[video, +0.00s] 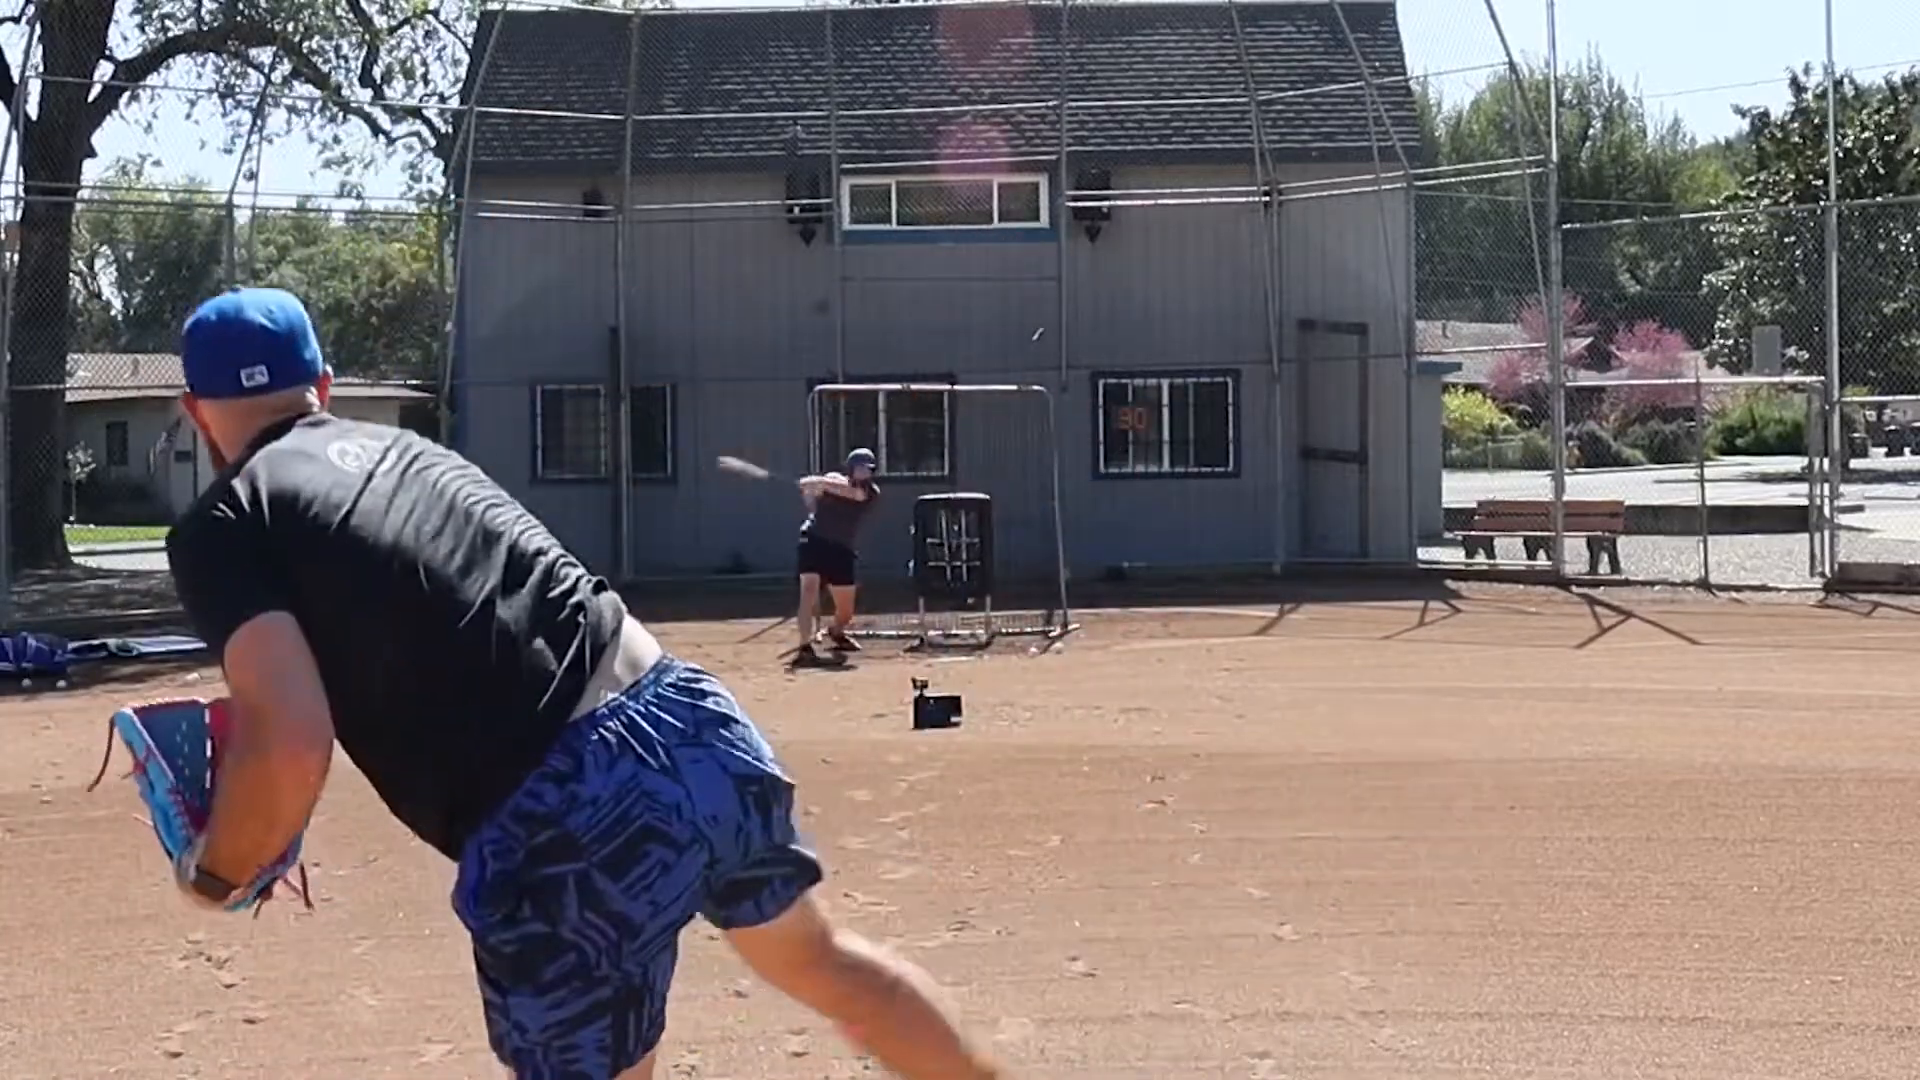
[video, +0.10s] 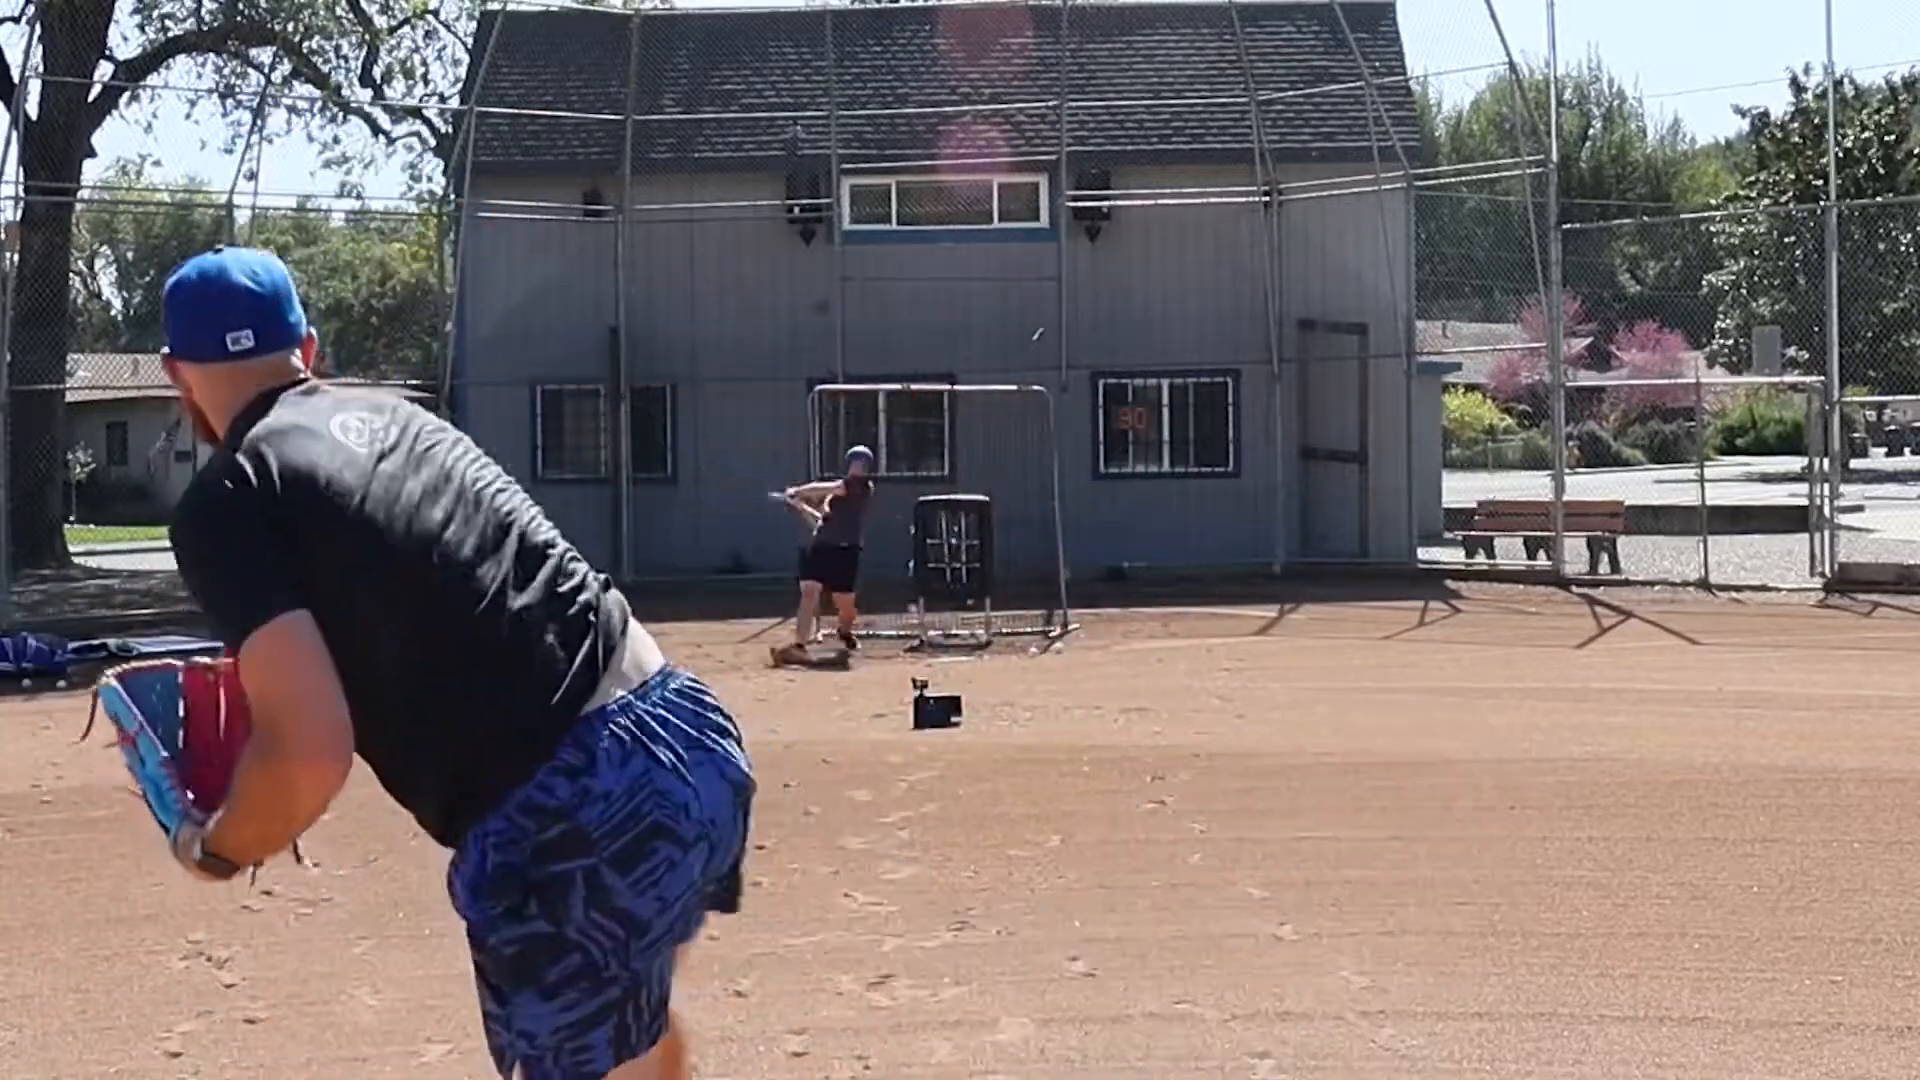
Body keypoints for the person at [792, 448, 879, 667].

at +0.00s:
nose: (866, 473)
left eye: (869, 469)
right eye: (862, 468)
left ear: (872, 471)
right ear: (851, 467)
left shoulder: (871, 491)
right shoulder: (834, 479)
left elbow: (847, 491)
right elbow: (804, 484)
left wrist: (821, 485)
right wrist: (825, 483)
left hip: (842, 547)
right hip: (815, 541)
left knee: (846, 609)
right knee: (809, 592)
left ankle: (836, 632)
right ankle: (805, 646)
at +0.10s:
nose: (858, 469)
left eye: (863, 465)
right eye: (855, 463)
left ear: (868, 469)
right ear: (848, 465)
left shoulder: (861, 487)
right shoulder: (839, 490)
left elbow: (830, 488)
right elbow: (822, 520)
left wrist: (798, 490)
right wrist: (800, 505)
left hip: (846, 545)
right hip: (821, 543)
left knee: (844, 598)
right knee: (809, 590)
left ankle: (845, 630)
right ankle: (800, 642)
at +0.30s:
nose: (853, 469)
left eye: (858, 465)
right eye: (850, 463)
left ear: (864, 469)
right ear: (843, 465)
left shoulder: (855, 487)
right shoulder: (837, 490)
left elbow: (817, 492)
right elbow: (800, 502)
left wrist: (815, 497)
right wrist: (815, 522)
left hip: (844, 551)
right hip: (820, 548)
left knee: (843, 609)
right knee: (810, 595)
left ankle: (855, 630)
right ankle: (801, 645)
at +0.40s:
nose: (857, 469)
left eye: (862, 465)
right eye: (854, 463)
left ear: (867, 469)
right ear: (847, 465)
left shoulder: (861, 489)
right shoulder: (836, 493)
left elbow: (828, 491)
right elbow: (815, 523)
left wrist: (801, 491)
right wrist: (793, 503)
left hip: (845, 552)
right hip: (820, 548)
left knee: (843, 609)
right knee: (811, 595)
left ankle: (853, 630)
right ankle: (802, 644)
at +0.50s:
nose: (858, 469)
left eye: (863, 465)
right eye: (855, 464)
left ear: (868, 469)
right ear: (848, 465)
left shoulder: (865, 489)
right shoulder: (836, 491)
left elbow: (830, 488)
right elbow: (815, 515)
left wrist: (797, 482)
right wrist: (795, 494)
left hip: (847, 553)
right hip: (822, 548)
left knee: (845, 610)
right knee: (813, 595)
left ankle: (854, 631)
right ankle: (803, 643)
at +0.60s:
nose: (858, 470)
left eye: (863, 466)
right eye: (854, 465)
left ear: (868, 469)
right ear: (848, 466)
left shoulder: (868, 492)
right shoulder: (832, 489)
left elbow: (840, 492)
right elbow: (813, 514)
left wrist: (805, 489)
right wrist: (800, 499)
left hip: (848, 551)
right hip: (821, 547)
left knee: (845, 607)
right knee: (813, 594)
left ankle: (858, 629)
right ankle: (803, 642)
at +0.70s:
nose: (853, 448)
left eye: (853, 444)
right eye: (849, 443)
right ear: (839, 444)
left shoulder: (844, 475)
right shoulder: (828, 474)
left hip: (830, 532)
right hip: (824, 533)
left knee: (855, 581)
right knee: (856, 581)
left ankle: (837, 627)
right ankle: (834, 626)